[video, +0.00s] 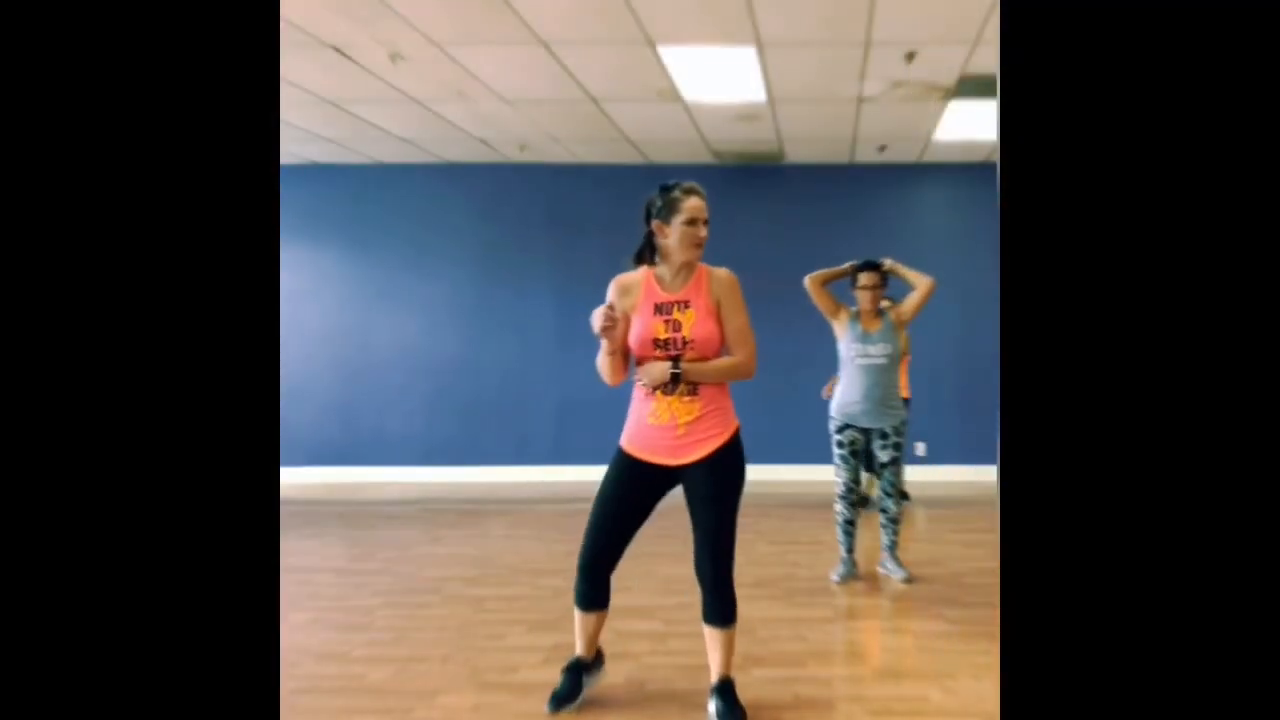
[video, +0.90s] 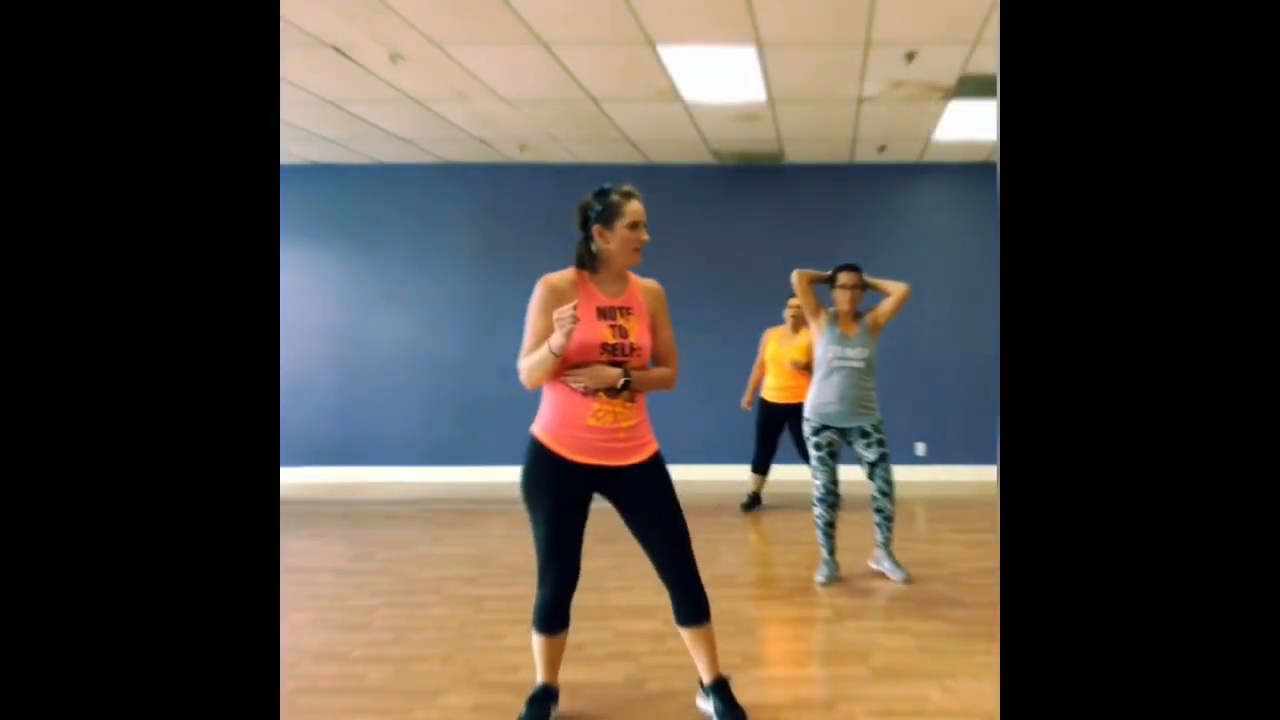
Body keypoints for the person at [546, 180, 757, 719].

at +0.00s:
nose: (702, 232)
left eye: (705, 223)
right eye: (691, 224)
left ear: (706, 228)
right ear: (659, 229)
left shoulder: (721, 283)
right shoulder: (627, 288)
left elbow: (745, 364)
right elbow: (613, 376)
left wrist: (678, 368)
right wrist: (610, 339)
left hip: (712, 445)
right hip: (644, 446)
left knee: (714, 571)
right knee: (593, 562)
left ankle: (722, 687)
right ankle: (584, 660)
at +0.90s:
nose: (644, 236)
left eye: (644, 226)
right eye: (634, 227)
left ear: (634, 233)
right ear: (599, 233)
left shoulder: (649, 295)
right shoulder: (555, 289)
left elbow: (667, 374)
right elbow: (528, 377)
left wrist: (620, 377)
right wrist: (557, 344)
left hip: (634, 457)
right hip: (560, 457)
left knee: (682, 572)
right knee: (556, 580)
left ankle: (714, 686)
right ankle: (545, 690)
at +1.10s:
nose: (628, 228)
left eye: (629, 218)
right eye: (618, 219)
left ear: (615, 227)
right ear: (584, 225)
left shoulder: (629, 285)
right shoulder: (542, 281)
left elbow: (647, 365)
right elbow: (510, 367)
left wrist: (608, 370)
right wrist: (549, 335)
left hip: (619, 448)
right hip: (549, 451)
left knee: (670, 551)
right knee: (553, 572)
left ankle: (682, 687)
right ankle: (544, 689)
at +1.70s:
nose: (621, 234)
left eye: (629, 224)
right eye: (610, 226)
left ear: (645, 231)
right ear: (596, 238)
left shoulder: (676, 291)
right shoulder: (583, 289)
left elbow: (700, 373)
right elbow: (540, 340)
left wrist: (637, 376)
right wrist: (581, 273)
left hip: (650, 457)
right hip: (578, 450)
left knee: (675, 581)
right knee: (562, 576)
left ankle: (720, 678)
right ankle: (545, 689)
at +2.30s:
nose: (672, 226)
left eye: (682, 217)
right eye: (663, 219)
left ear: (703, 225)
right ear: (654, 231)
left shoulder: (730, 283)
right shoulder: (640, 278)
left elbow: (763, 357)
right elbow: (559, 272)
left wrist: (700, 370)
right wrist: (502, 269)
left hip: (721, 445)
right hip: (654, 445)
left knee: (724, 569)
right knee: (636, 564)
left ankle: (726, 684)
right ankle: (677, 654)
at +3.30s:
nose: (637, 227)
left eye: (647, 219)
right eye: (628, 219)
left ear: (662, 230)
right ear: (613, 231)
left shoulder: (685, 281)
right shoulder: (595, 298)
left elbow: (718, 355)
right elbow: (564, 368)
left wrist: (658, 371)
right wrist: (545, 311)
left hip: (670, 445)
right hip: (602, 442)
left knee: (673, 569)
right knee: (567, 559)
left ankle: (687, 669)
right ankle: (538, 669)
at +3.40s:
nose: (644, 223)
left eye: (655, 216)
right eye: (636, 215)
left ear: (668, 228)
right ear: (621, 227)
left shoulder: (688, 274)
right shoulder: (603, 293)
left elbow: (728, 346)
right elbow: (599, 376)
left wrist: (665, 365)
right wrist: (578, 323)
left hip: (685, 437)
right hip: (620, 435)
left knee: (683, 559)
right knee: (572, 541)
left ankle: (687, 665)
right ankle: (576, 648)